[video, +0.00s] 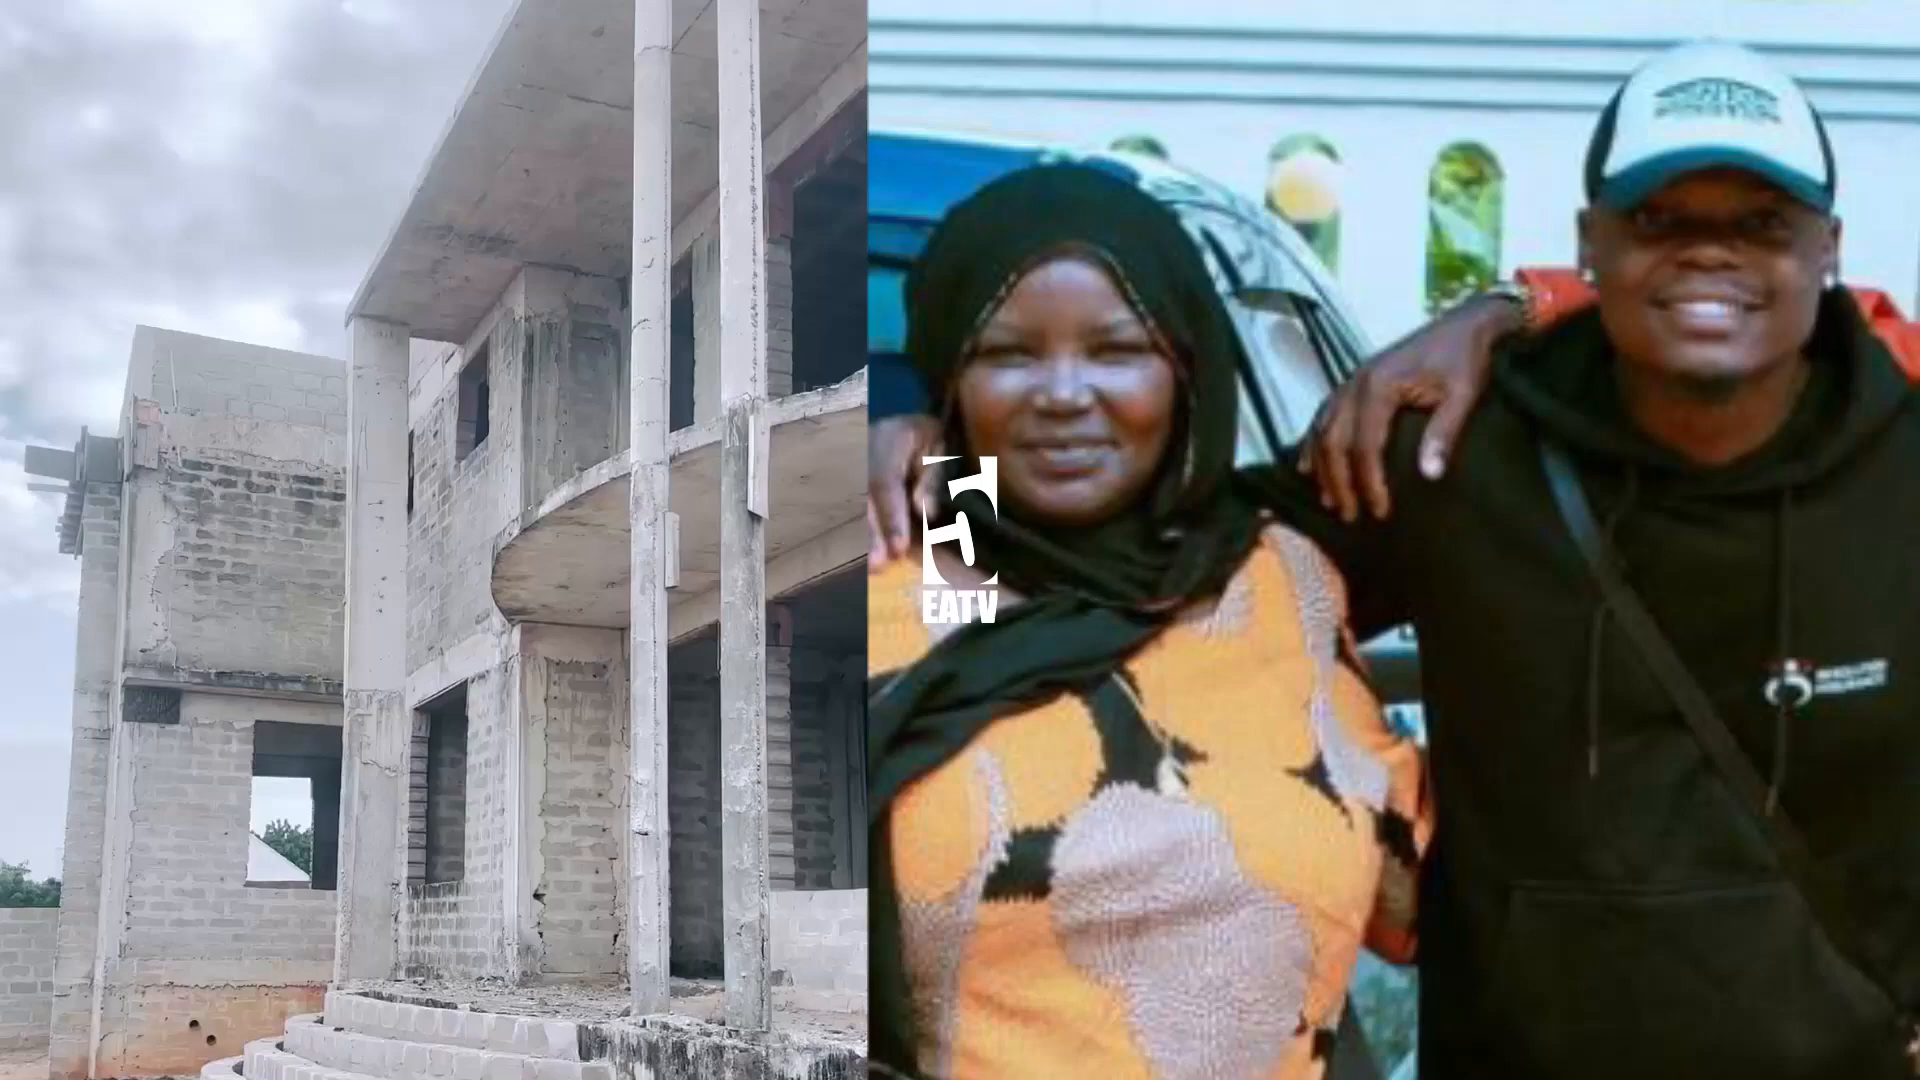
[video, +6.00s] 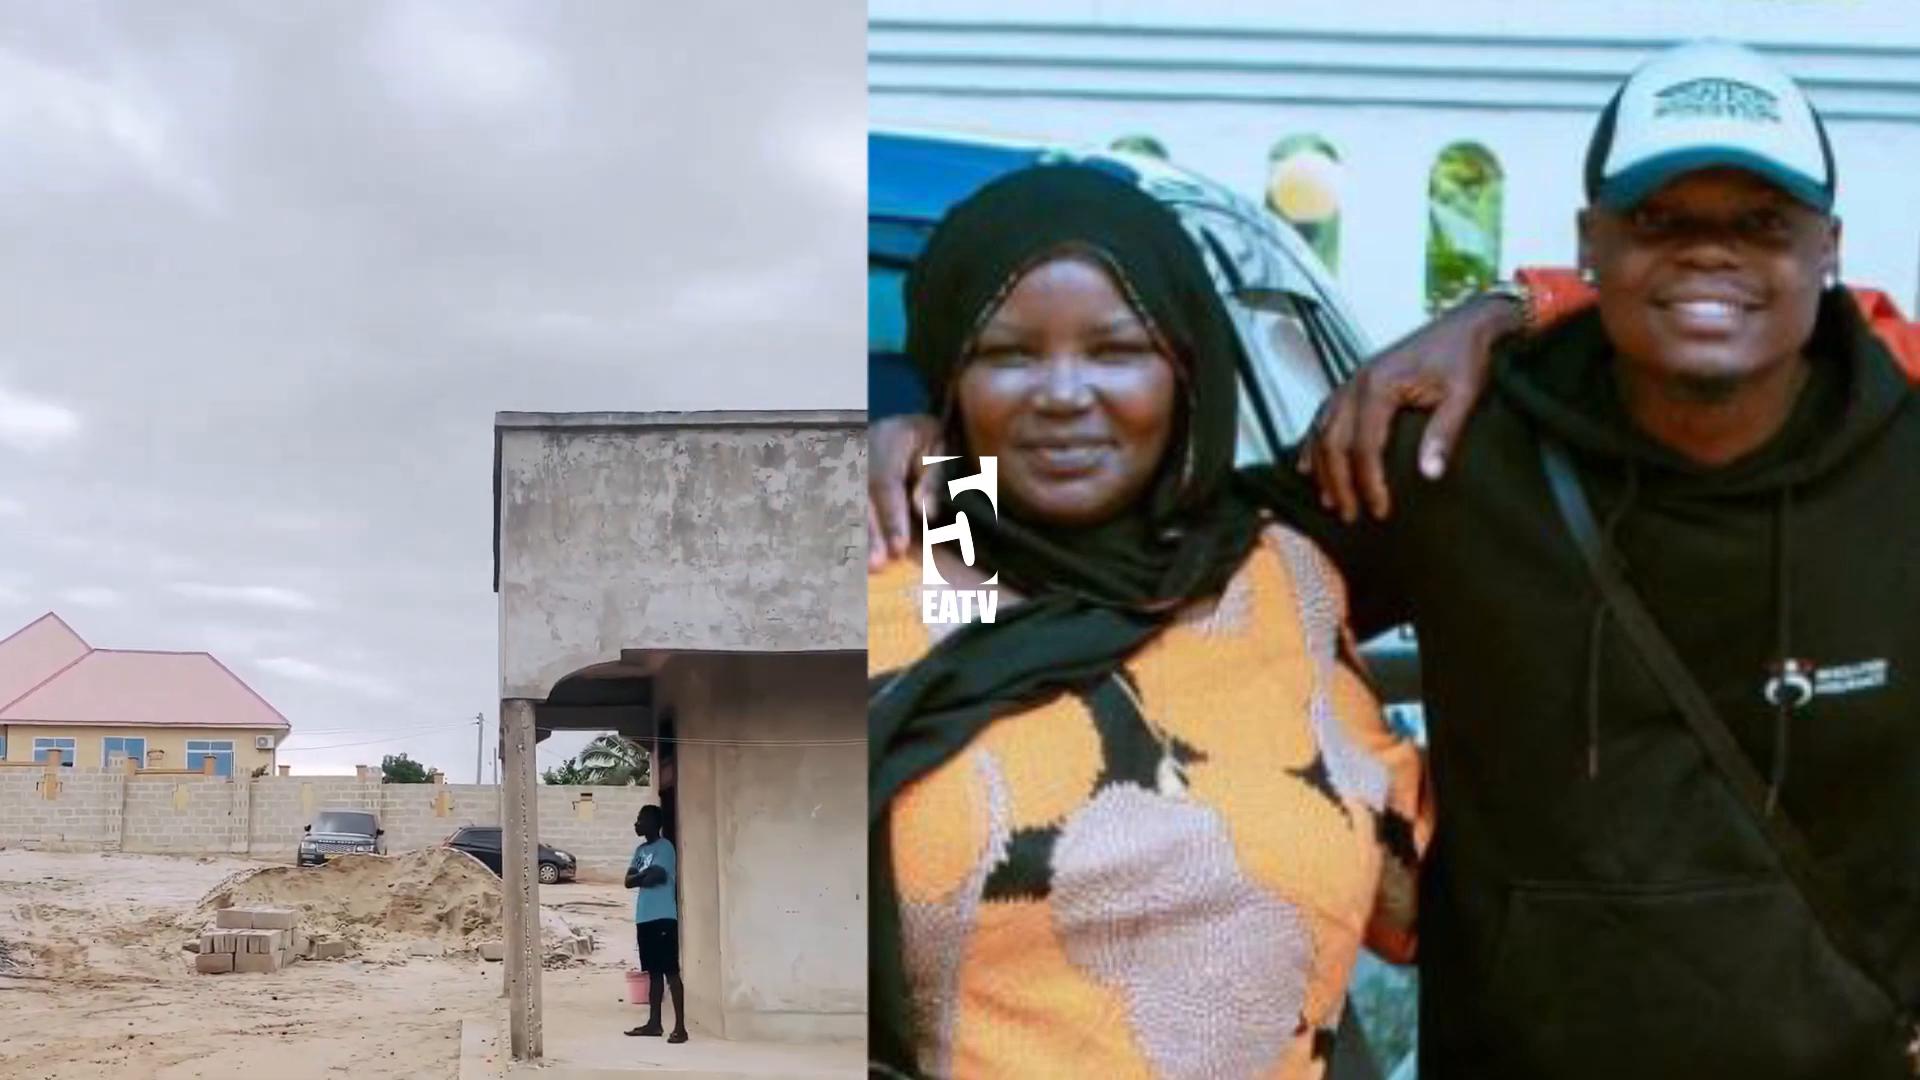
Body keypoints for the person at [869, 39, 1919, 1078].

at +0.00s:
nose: (1706, 252)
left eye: (1757, 220)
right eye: (1664, 216)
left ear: (1826, 251)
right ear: (1595, 242)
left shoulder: (1899, 446)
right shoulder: (1464, 449)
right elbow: (1176, 557)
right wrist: (960, 465)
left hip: (1848, 1037)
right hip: (1535, 1045)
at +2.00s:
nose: (1707, 252)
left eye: (1757, 220)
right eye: (1664, 216)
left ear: (1825, 250)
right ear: (1595, 242)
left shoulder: (1898, 445)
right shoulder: (1464, 447)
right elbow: (1175, 557)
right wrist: (954, 461)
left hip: (1849, 1038)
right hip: (1535, 1045)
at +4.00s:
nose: (1707, 252)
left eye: (1757, 220)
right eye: (1664, 215)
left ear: (1825, 250)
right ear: (1595, 242)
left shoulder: (1899, 445)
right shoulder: (1464, 447)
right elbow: (1174, 558)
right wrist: (954, 463)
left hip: (1849, 1037)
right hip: (1535, 1044)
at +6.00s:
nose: (1707, 252)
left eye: (1757, 220)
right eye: (1665, 215)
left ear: (1825, 251)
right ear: (1595, 242)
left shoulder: (1898, 444)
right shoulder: (1465, 447)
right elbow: (1176, 560)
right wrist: (954, 468)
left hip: (1848, 1038)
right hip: (1536, 1044)